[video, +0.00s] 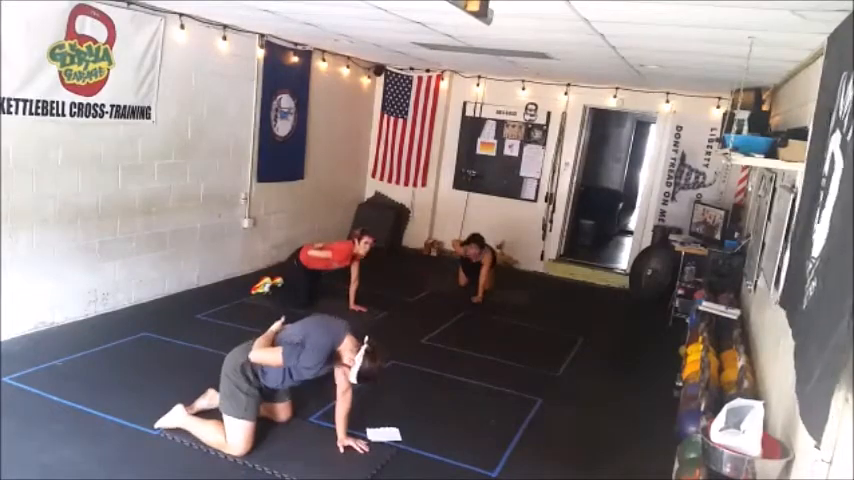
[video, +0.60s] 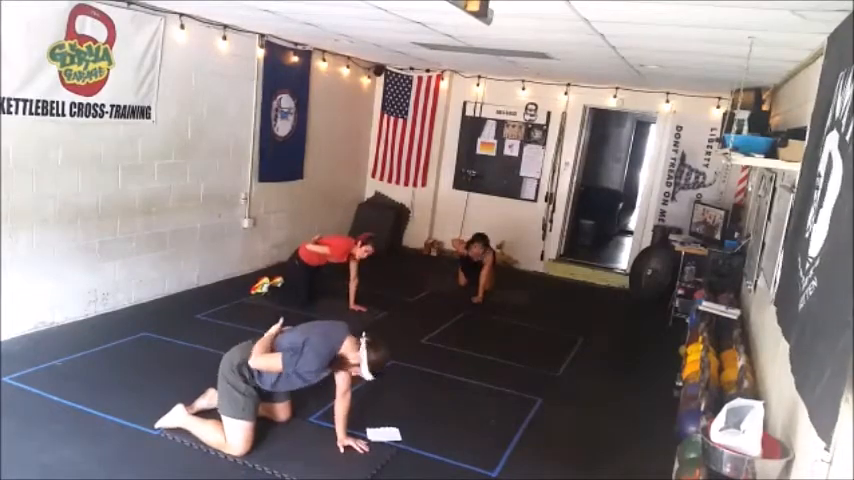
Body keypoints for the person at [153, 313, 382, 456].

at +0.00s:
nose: (349, 372)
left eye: (353, 371)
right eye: (353, 370)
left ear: (359, 353)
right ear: (354, 362)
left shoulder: (346, 339)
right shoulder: (314, 350)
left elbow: (344, 390)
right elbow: (255, 355)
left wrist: (342, 435)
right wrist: (271, 330)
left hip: (275, 366)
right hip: (244, 368)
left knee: (281, 413)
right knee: (236, 446)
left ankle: (217, 400)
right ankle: (182, 419)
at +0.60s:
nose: (355, 374)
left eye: (360, 372)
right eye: (359, 370)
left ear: (362, 351)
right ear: (358, 361)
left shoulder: (347, 338)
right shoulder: (314, 356)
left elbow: (343, 391)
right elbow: (255, 360)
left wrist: (341, 435)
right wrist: (271, 333)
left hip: (274, 366)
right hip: (242, 367)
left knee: (281, 413)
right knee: (237, 445)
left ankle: (217, 399)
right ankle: (182, 418)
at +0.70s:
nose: (381, 349)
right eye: (379, 343)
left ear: (363, 332)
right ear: (364, 336)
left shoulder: (347, 339)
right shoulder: (323, 360)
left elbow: (345, 393)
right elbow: (265, 374)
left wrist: (342, 435)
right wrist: (279, 343)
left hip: (266, 355)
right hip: (242, 369)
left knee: (282, 412)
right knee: (237, 446)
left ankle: (219, 400)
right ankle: (183, 417)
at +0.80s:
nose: (377, 326)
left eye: (377, 320)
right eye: (371, 321)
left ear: (358, 322)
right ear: (352, 321)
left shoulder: (348, 348)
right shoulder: (322, 350)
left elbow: (344, 394)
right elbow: (263, 371)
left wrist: (342, 436)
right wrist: (280, 344)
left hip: (267, 359)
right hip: (242, 367)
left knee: (281, 411)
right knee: (237, 446)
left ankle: (217, 400)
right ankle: (182, 417)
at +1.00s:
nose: (373, 317)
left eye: (373, 312)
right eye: (368, 313)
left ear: (356, 319)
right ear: (347, 317)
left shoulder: (348, 349)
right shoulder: (319, 344)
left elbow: (344, 393)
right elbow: (261, 366)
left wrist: (342, 436)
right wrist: (280, 342)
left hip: (270, 363)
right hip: (243, 368)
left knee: (281, 411)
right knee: (237, 446)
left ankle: (216, 400)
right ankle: (182, 417)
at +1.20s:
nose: (346, 366)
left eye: (349, 364)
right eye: (349, 362)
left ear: (354, 347)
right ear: (354, 353)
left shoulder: (344, 339)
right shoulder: (311, 343)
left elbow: (342, 392)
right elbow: (252, 345)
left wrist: (343, 435)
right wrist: (268, 325)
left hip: (273, 368)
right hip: (244, 367)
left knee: (282, 412)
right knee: (236, 446)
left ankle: (217, 400)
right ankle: (182, 418)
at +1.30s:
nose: (346, 367)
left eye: (349, 366)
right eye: (349, 363)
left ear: (355, 352)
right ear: (352, 355)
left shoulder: (345, 341)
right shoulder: (311, 345)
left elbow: (343, 392)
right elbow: (252, 345)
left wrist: (343, 435)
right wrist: (269, 324)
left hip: (274, 369)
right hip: (244, 367)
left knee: (281, 413)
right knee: (236, 446)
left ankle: (217, 400)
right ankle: (182, 418)